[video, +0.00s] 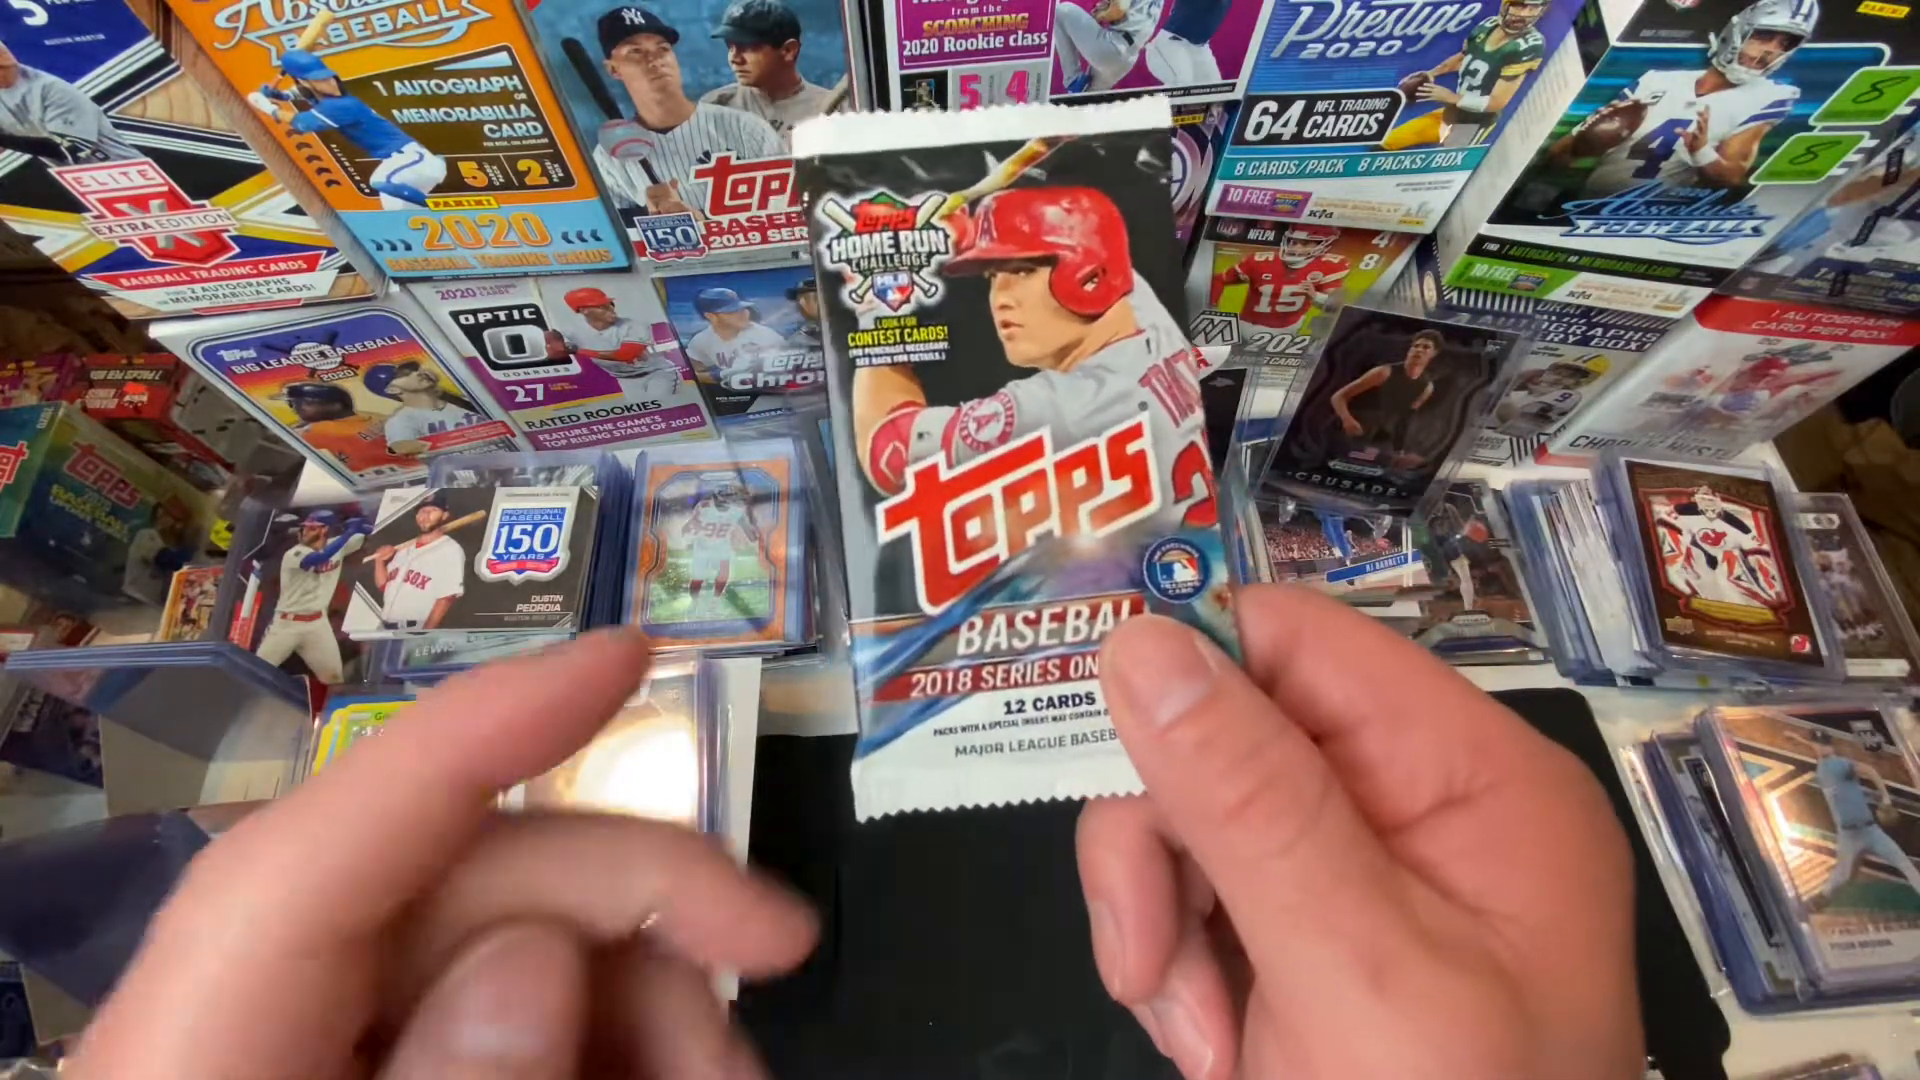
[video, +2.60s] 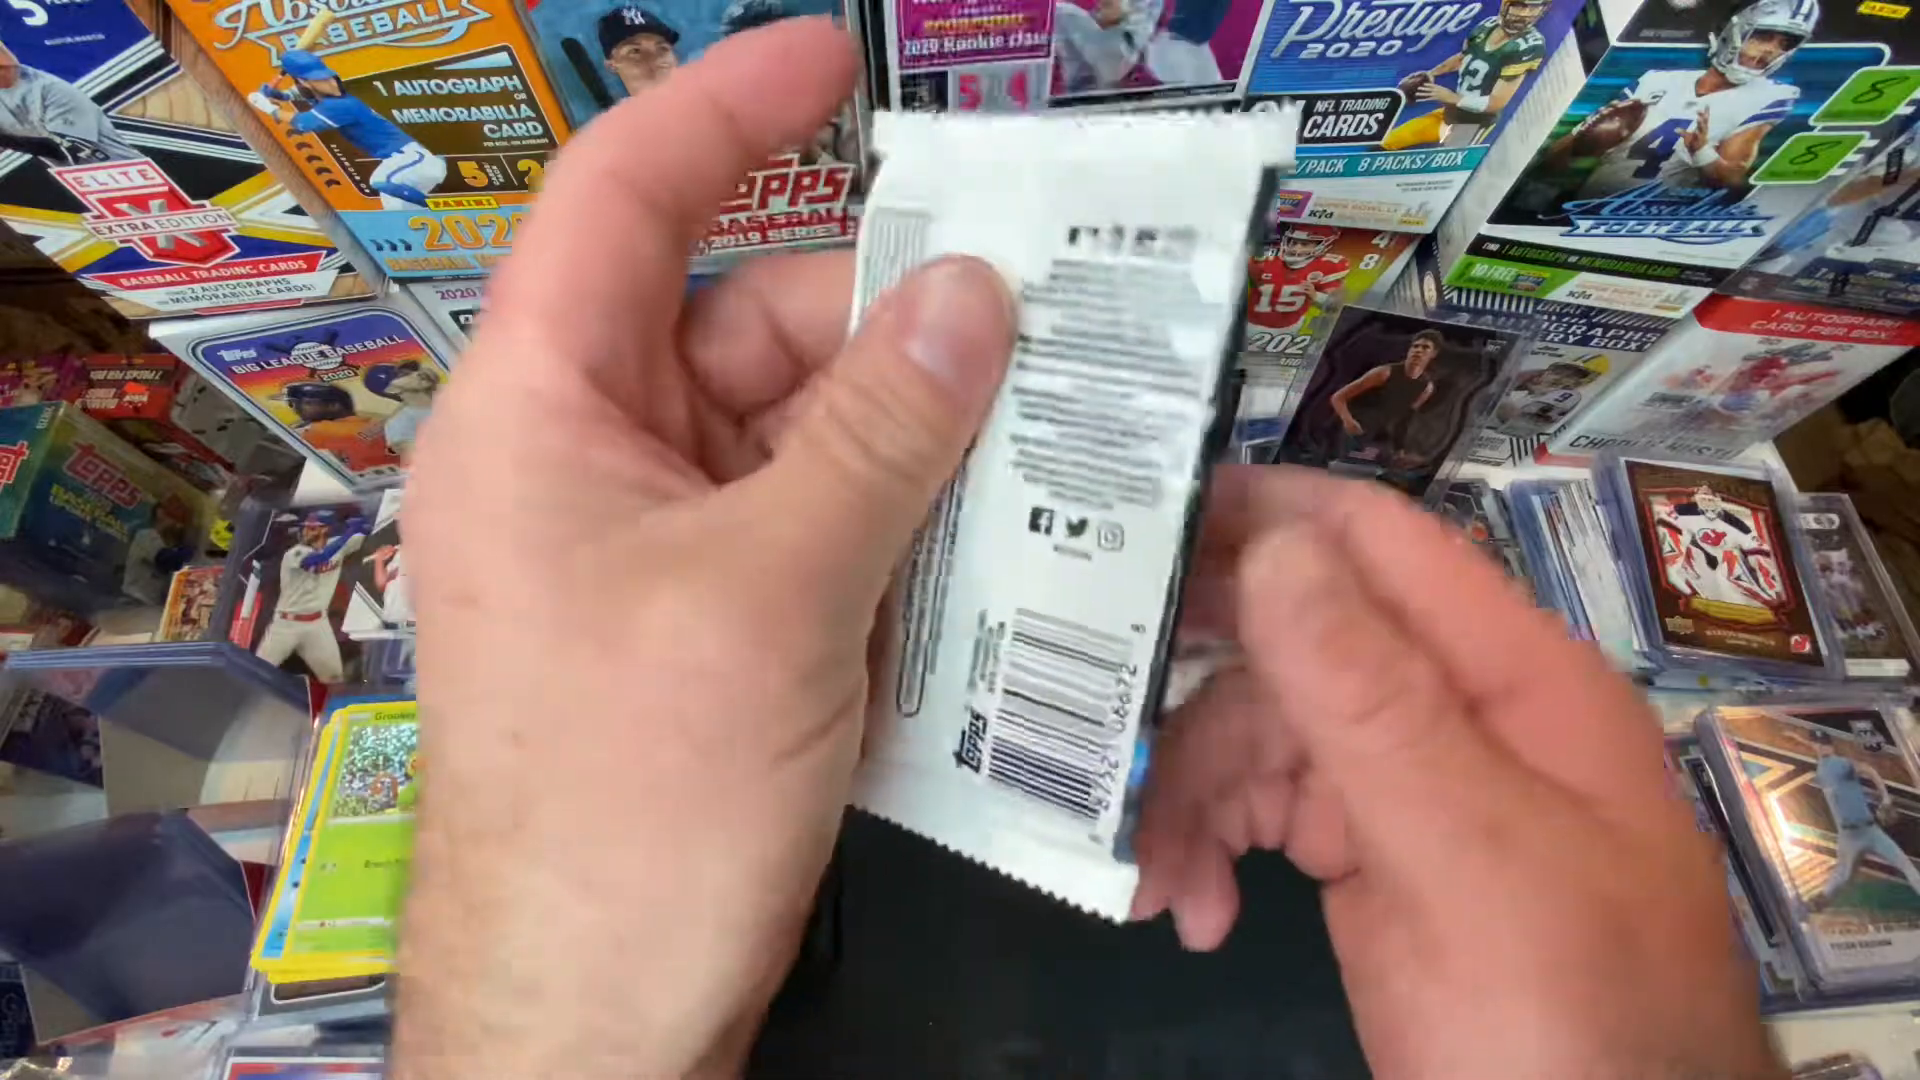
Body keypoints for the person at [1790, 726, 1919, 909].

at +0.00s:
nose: (1823, 749)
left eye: (1825, 744)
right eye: (1819, 745)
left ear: (1831, 745)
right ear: (1815, 748)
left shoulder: (1841, 764)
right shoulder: (1822, 768)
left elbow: (1870, 771)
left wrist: (1885, 796)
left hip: (1869, 828)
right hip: (1847, 833)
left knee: (1903, 862)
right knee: (1842, 875)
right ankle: (1822, 897)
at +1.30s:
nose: (1823, 750)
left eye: (1825, 745)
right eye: (1819, 746)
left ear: (1831, 745)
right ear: (1814, 748)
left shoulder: (1841, 764)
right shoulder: (1821, 768)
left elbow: (1869, 770)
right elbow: (1814, 748)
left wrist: (1884, 797)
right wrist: (1799, 739)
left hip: (1870, 828)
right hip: (1846, 833)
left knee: (1904, 863)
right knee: (1842, 874)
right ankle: (1824, 898)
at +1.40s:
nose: (1824, 749)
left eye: (1827, 744)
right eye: (1819, 745)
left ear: (1831, 744)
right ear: (1813, 747)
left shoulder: (1840, 764)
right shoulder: (1824, 768)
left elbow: (1869, 770)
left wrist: (1885, 798)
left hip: (1870, 828)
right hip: (1847, 834)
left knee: (1903, 863)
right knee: (1842, 875)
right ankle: (1822, 899)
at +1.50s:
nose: (1825, 749)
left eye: (1827, 744)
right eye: (1820, 746)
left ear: (1831, 745)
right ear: (1813, 747)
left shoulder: (1840, 764)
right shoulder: (1824, 767)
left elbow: (1869, 770)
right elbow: (1866, 770)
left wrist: (1885, 798)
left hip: (1870, 829)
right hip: (1847, 834)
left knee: (1904, 863)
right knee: (1842, 875)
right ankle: (1821, 899)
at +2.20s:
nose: (1823, 750)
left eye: (1826, 745)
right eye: (1819, 746)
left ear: (1832, 746)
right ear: (1815, 749)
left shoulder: (1842, 764)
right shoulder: (1821, 770)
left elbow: (1870, 771)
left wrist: (1885, 797)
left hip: (1869, 828)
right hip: (1847, 833)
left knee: (1902, 862)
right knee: (1842, 874)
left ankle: (1919, 888)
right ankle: (1820, 900)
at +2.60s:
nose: (1823, 749)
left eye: (1826, 744)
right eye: (1819, 745)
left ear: (1832, 745)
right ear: (1814, 747)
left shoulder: (1842, 764)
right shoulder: (1821, 769)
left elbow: (1870, 771)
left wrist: (1885, 797)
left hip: (1870, 828)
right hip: (1847, 833)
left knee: (1902, 862)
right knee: (1843, 875)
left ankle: (1918, 889)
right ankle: (1819, 902)